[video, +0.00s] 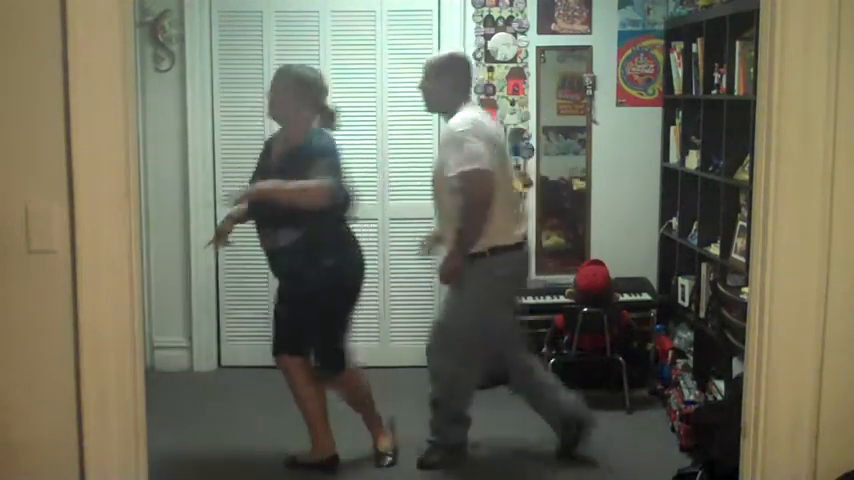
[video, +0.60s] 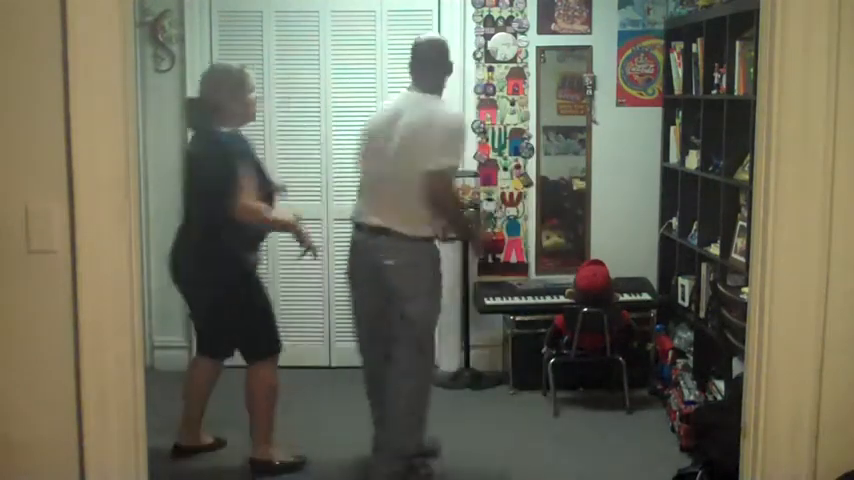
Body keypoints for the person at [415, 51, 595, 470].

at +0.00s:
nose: (421, 89)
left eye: (428, 81)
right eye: (423, 81)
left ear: (450, 82)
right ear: (457, 82)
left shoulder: (464, 127)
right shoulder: (476, 123)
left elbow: (479, 191)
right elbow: (480, 191)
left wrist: (458, 253)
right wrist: (445, 232)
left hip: (488, 260)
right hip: (497, 258)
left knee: (448, 350)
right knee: (505, 350)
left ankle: (448, 442)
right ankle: (569, 419)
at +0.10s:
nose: (408, 92)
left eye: (415, 84)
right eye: (409, 85)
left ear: (441, 85)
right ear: (432, 88)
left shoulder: (474, 128)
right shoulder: (441, 137)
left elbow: (521, 183)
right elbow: (439, 205)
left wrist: (488, 247)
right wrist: (399, 244)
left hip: (480, 267)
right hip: (447, 265)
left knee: (452, 356)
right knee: (422, 341)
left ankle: (448, 444)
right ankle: (516, 375)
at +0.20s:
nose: (418, 86)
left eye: (426, 77)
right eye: (413, 78)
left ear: (446, 80)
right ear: (409, 83)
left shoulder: (487, 125)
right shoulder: (405, 141)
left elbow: (533, 174)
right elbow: (394, 203)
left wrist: (504, 231)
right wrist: (390, 253)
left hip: (475, 261)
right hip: (424, 256)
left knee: (451, 360)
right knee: (395, 336)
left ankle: (446, 443)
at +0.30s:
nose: (442, 73)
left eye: (448, 64)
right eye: (432, 65)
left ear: (456, 67)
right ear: (416, 70)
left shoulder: (482, 114)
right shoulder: (395, 127)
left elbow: (511, 169)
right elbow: (378, 194)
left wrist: (500, 211)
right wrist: (411, 234)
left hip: (468, 247)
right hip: (415, 245)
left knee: (461, 348)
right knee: (419, 335)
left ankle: (434, 439)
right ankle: (387, 389)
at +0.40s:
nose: (465, 64)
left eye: (465, 56)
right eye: (455, 56)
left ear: (459, 64)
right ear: (426, 62)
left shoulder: (466, 113)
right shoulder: (398, 119)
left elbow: (481, 166)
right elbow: (378, 186)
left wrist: (479, 210)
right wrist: (447, 215)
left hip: (447, 245)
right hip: (406, 243)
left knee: (447, 344)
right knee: (433, 343)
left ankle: (402, 434)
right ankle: (386, 432)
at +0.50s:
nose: (462, 68)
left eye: (460, 59)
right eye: (456, 59)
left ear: (427, 63)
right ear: (439, 64)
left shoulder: (432, 117)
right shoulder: (416, 115)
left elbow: (423, 188)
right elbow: (394, 185)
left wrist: (464, 217)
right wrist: (461, 213)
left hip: (415, 244)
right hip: (405, 246)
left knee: (417, 348)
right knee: (426, 349)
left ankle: (401, 449)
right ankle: (409, 453)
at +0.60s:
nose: (447, 76)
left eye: (440, 66)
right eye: (447, 69)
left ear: (410, 68)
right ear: (446, 72)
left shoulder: (383, 113)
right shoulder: (443, 117)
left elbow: (378, 179)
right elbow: (439, 190)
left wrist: (439, 217)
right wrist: (469, 229)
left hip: (365, 245)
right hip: (408, 252)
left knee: (378, 349)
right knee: (412, 353)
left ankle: (393, 439)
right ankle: (397, 457)